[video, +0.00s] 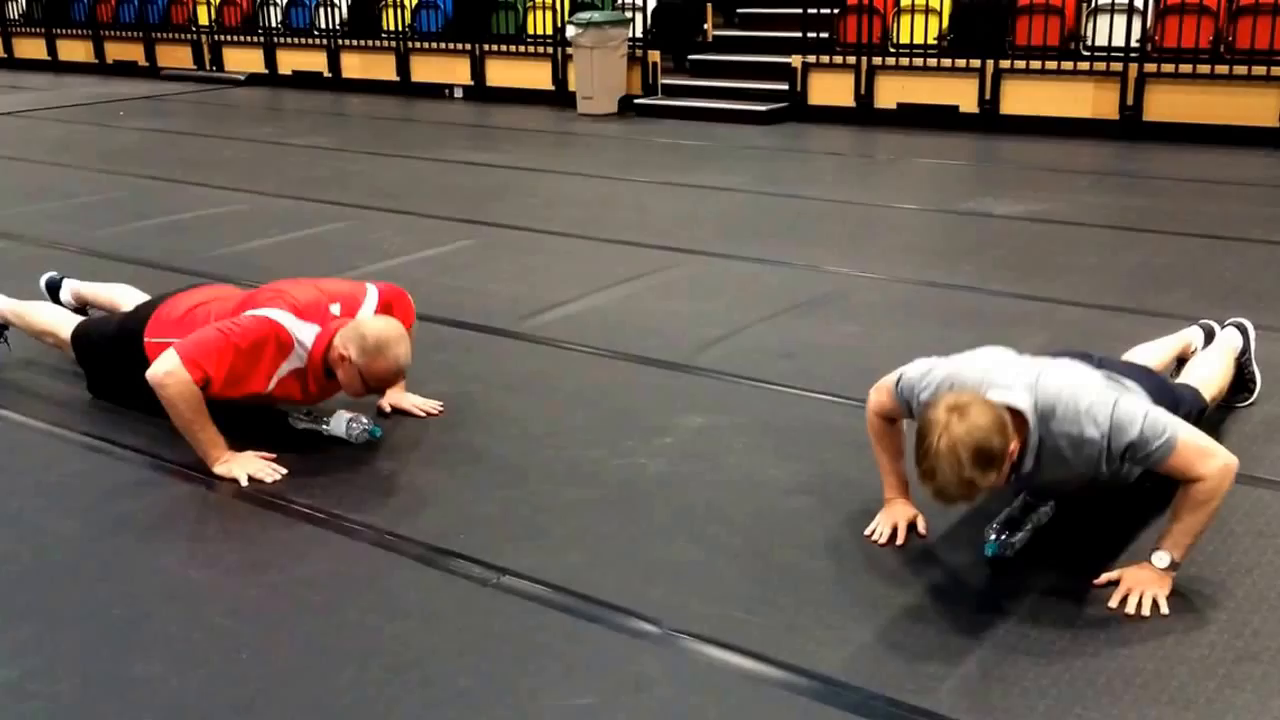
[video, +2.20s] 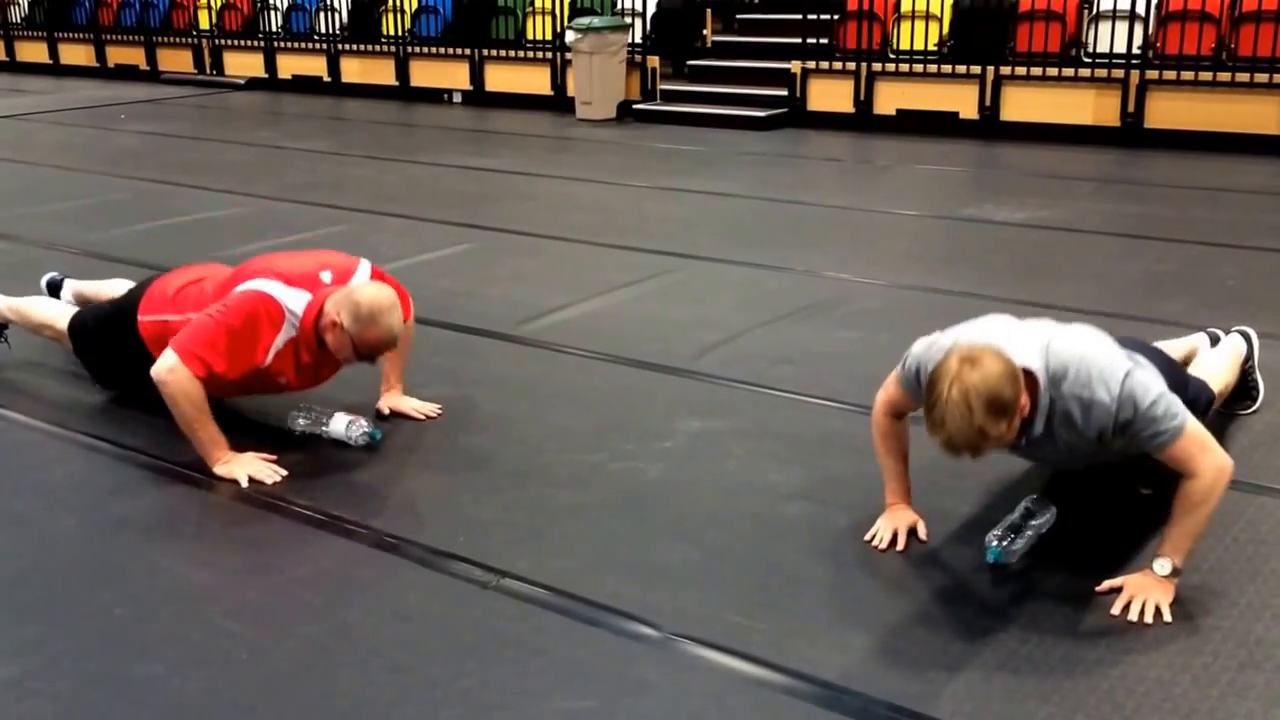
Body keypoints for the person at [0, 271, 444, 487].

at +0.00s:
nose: (371, 393)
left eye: (380, 387)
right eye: (365, 386)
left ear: (401, 336)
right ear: (342, 357)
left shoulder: (385, 306)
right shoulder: (265, 338)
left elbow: (400, 305)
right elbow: (167, 376)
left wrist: (392, 385)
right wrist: (221, 457)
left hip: (212, 304)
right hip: (151, 335)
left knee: (140, 306)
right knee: (71, 335)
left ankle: (65, 288)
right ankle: (6, 306)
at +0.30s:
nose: (364, 359)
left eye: (374, 351)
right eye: (360, 348)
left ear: (389, 322)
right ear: (332, 318)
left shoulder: (371, 292)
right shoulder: (259, 314)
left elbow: (401, 321)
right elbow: (172, 375)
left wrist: (395, 388)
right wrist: (221, 458)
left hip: (200, 290)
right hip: (146, 326)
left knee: (134, 297)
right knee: (71, 329)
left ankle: (64, 287)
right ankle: (6, 310)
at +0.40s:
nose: (365, 323)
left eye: (376, 313)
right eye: (358, 313)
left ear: (389, 284)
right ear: (327, 288)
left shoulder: (367, 266)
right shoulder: (254, 286)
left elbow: (398, 316)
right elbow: (183, 369)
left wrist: (394, 390)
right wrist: (221, 457)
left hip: (199, 274)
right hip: (146, 301)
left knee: (120, 289)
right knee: (70, 317)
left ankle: (69, 289)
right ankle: (7, 307)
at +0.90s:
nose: (363, 387)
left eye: (373, 381)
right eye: (357, 379)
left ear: (398, 336)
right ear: (337, 350)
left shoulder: (382, 303)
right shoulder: (265, 332)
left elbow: (402, 310)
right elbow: (169, 376)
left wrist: (394, 387)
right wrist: (223, 459)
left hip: (202, 304)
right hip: (148, 337)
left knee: (140, 306)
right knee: (71, 336)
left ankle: (65, 290)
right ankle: (5, 308)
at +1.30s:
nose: (361, 343)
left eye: (372, 336)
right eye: (356, 332)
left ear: (389, 313)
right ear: (332, 304)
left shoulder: (370, 276)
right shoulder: (261, 300)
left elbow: (403, 318)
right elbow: (180, 371)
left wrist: (396, 390)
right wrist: (223, 458)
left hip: (203, 277)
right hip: (149, 307)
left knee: (128, 288)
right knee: (69, 319)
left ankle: (64, 286)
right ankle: (6, 309)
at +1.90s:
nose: (368, 410)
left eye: (381, 404)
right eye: (363, 403)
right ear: (343, 372)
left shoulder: (389, 313)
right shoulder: (271, 345)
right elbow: (168, 376)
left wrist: (388, 394)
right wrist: (223, 457)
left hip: (223, 308)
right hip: (160, 337)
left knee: (142, 310)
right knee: (74, 339)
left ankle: (68, 289)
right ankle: (5, 306)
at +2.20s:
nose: (350, 358)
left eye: (364, 356)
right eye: (349, 349)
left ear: (390, 322)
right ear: (332, 317)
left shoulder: (374, 291)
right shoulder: (259, 312)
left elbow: (400, 317)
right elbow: (172, 374)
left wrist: (393, 388)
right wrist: (222, 457)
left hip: (200, 285)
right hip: (147, 322)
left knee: (133, 293)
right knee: (73, 326)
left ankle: (65, 286)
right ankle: (6, 307)